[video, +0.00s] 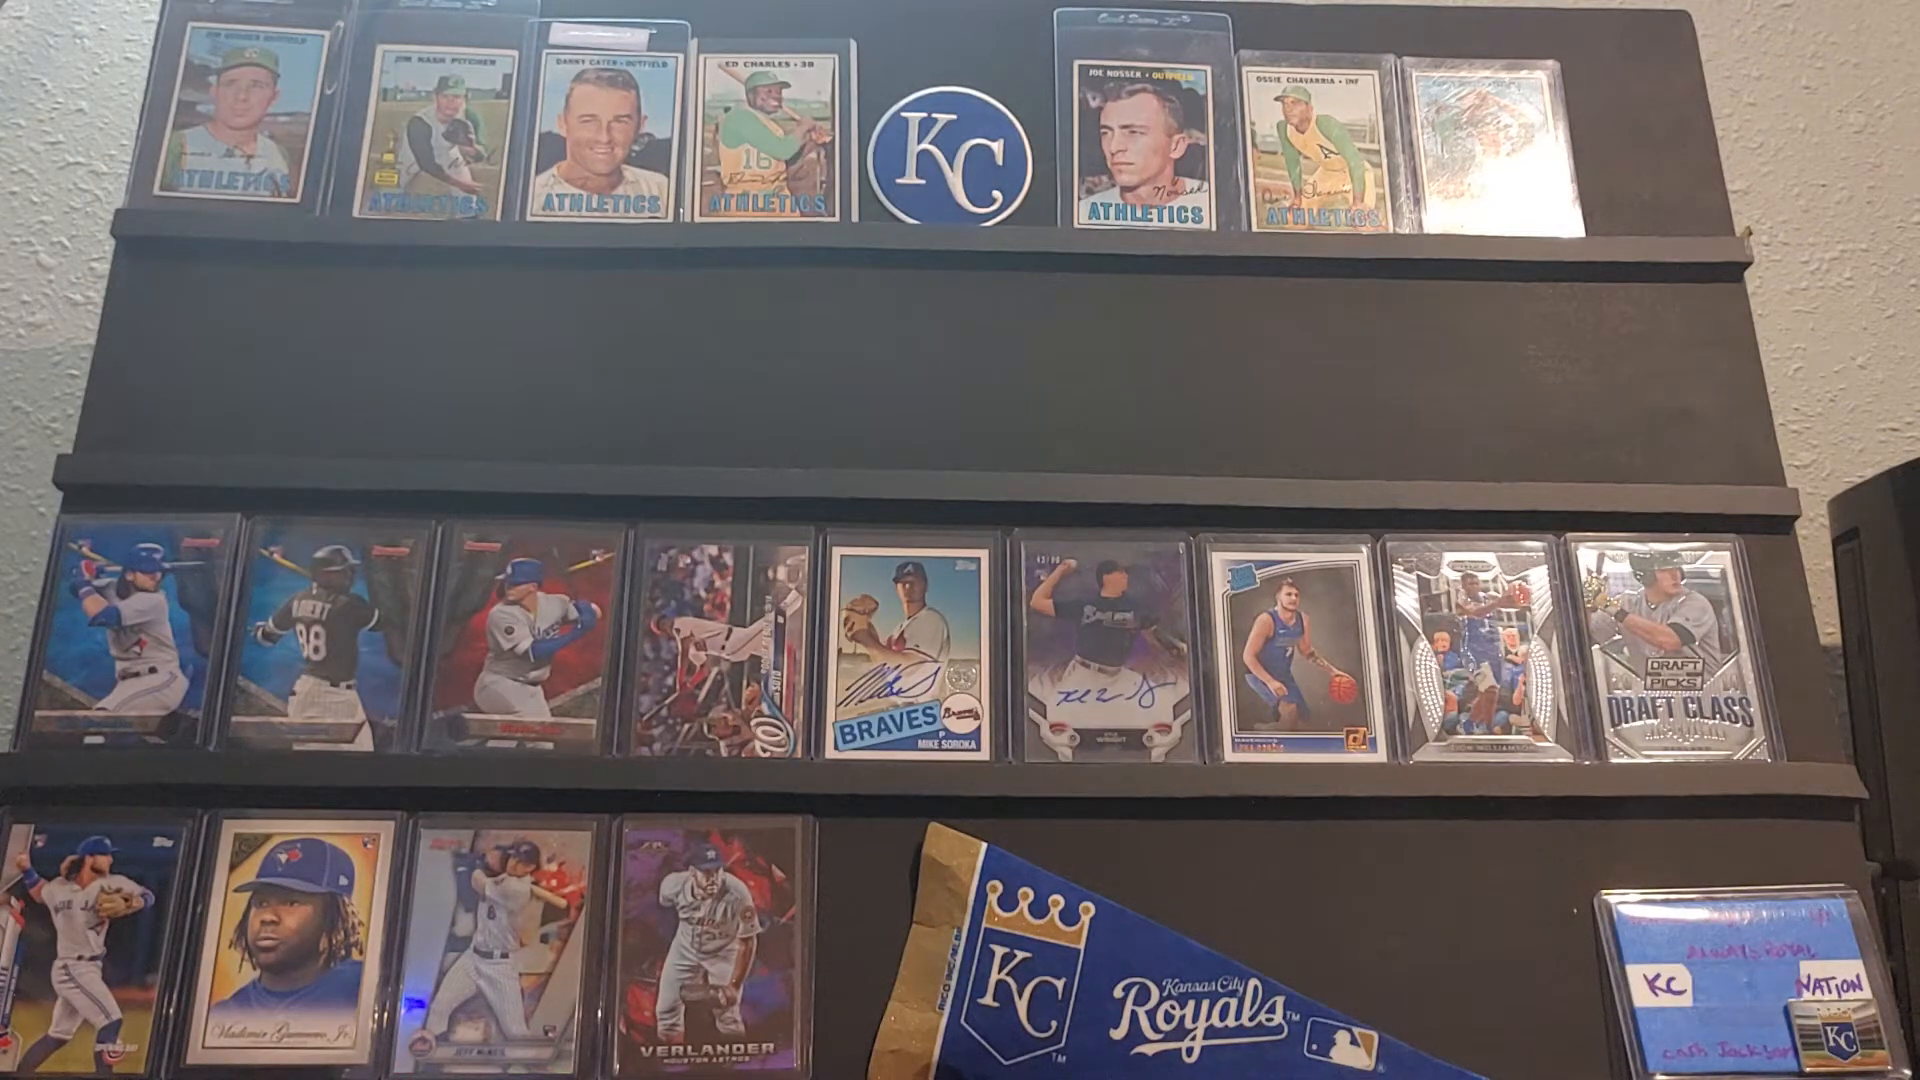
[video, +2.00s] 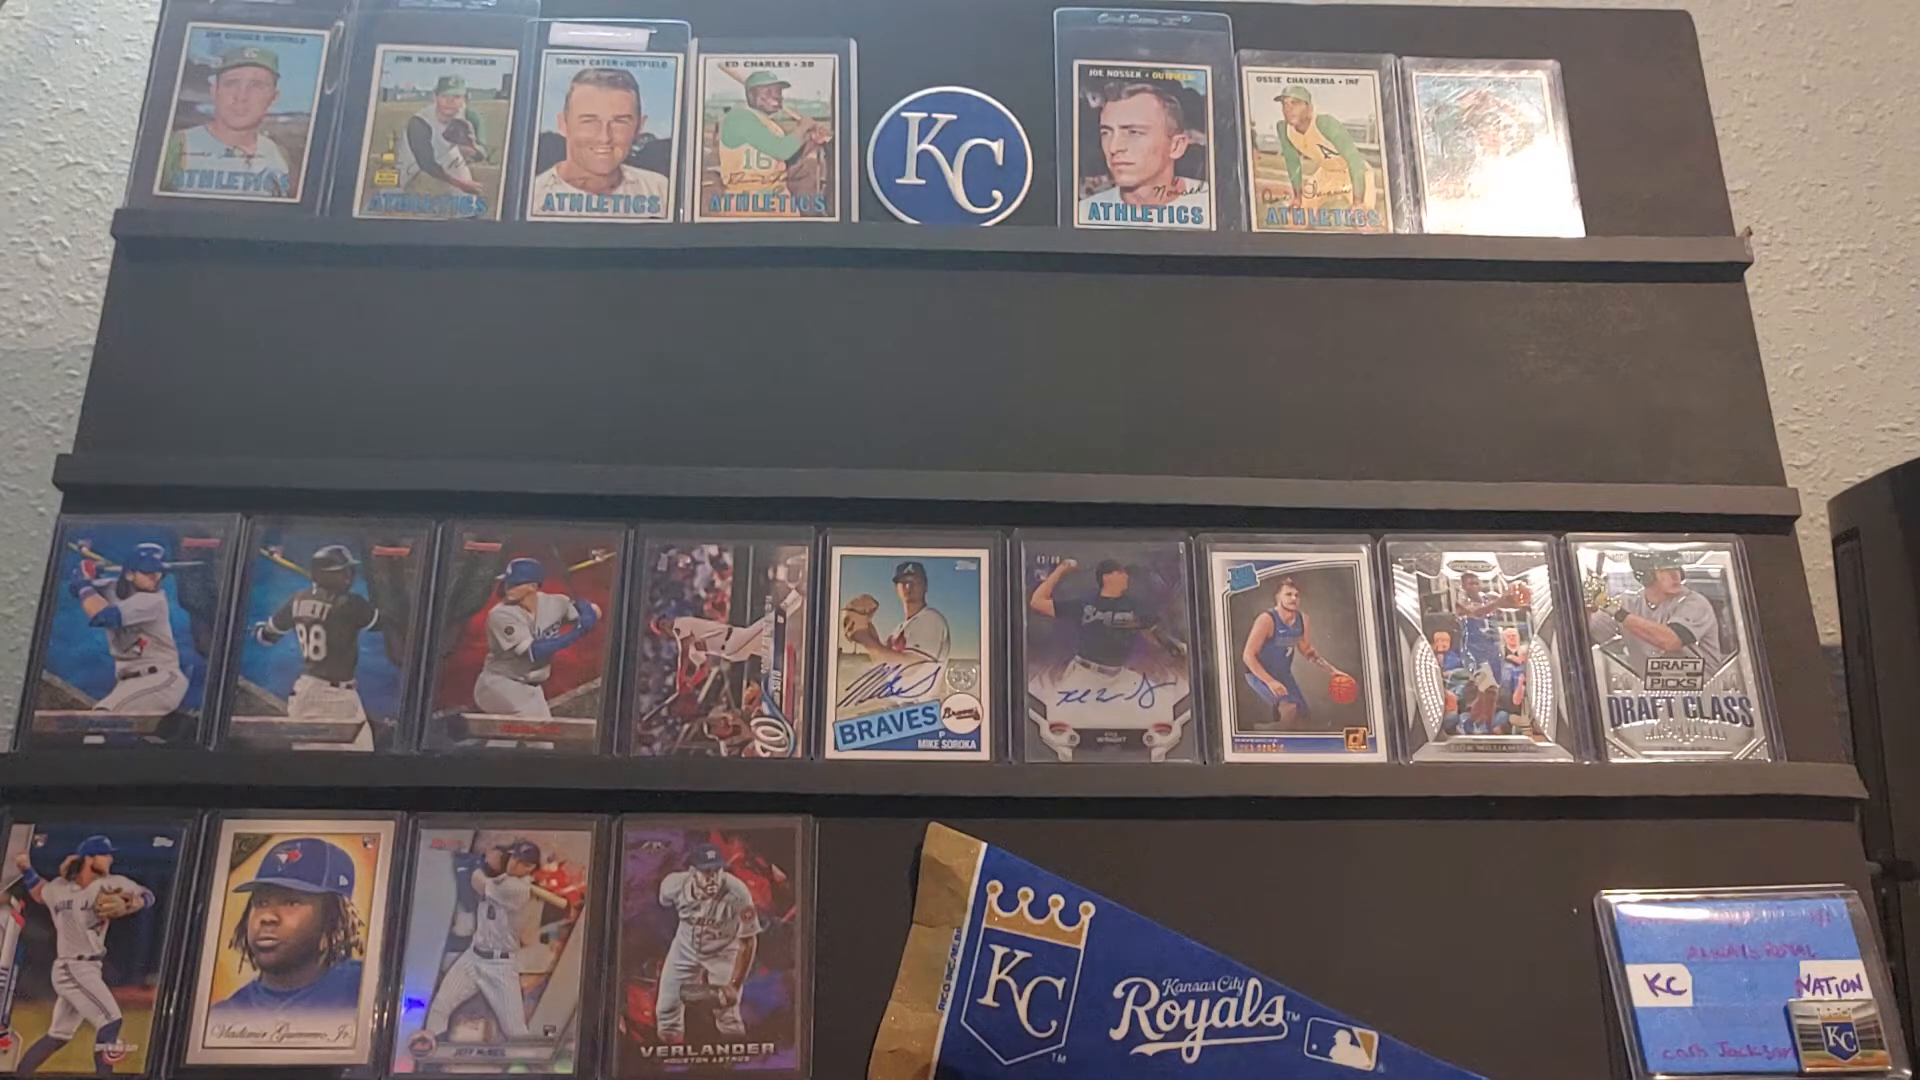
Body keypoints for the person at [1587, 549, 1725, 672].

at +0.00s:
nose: (1676, 576)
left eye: (1678, 568)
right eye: (1666, 569)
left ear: (1682, 571)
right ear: (1644, 574)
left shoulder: (1696, 604)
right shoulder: (1628, 603)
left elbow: (1670, 641)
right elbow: (1588, 636)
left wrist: (1619, 613)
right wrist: (1584, 608)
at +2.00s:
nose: (1677, 576)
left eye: (1677, 568)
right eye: (1667, 570)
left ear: (1682, 570)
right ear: (1645, 574)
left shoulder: (1696, 604)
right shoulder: (1627, 604)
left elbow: (1671, 641)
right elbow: (1585, 638)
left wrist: (1620, 614)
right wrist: (1584, 609)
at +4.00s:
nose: (1677, 576)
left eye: (1678, 569)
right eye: (1667, 569)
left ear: (1682, 571)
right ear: (1645, 573)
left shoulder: (1696, 604)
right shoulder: (1628, 603)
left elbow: (1671, 641)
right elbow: (1587, 636)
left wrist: (1620, 614)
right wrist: (1585, 610)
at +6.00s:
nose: (1675, 573)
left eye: (1676, 567)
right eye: (1665, 569)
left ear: (1682, 570)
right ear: (1644, 575)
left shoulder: (1696, 604)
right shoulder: (1628, 604)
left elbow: (1671, 641)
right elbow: (1586, 637)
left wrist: (1620, 614)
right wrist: (1585, 609)